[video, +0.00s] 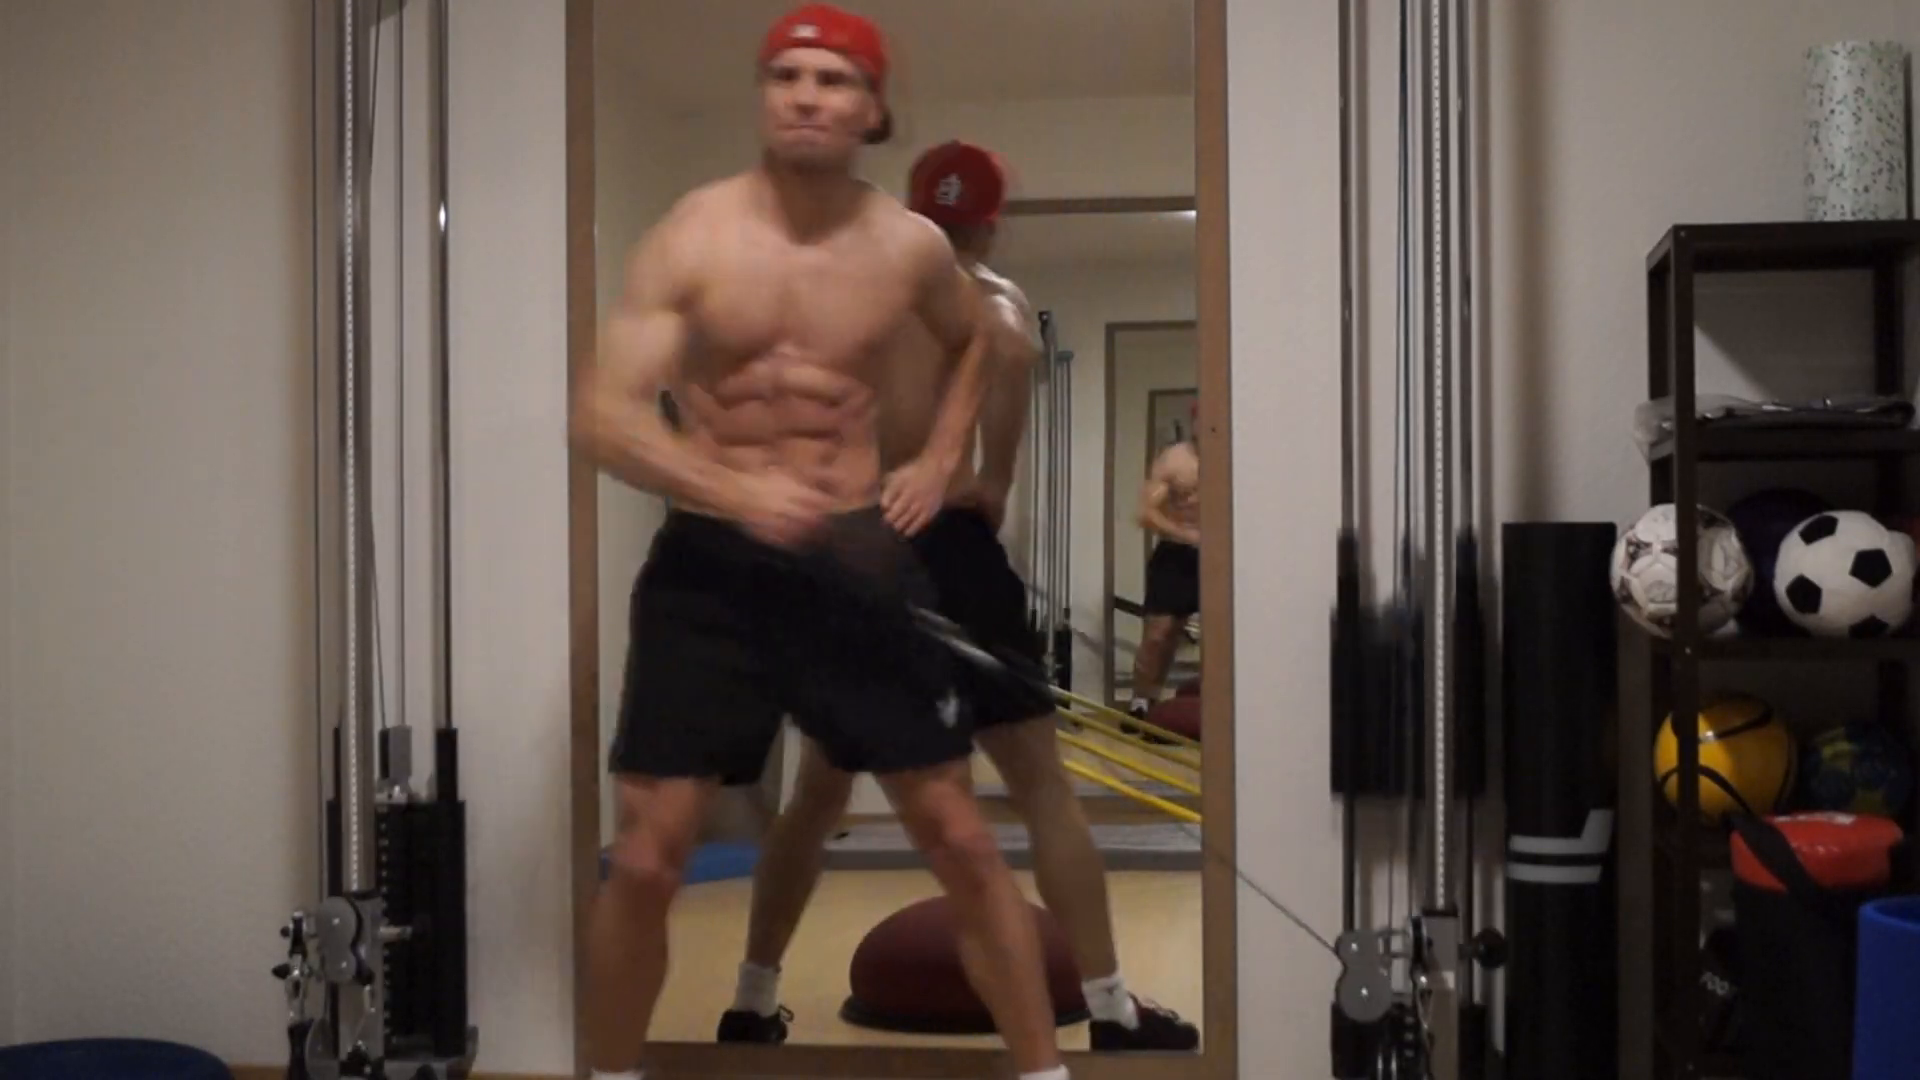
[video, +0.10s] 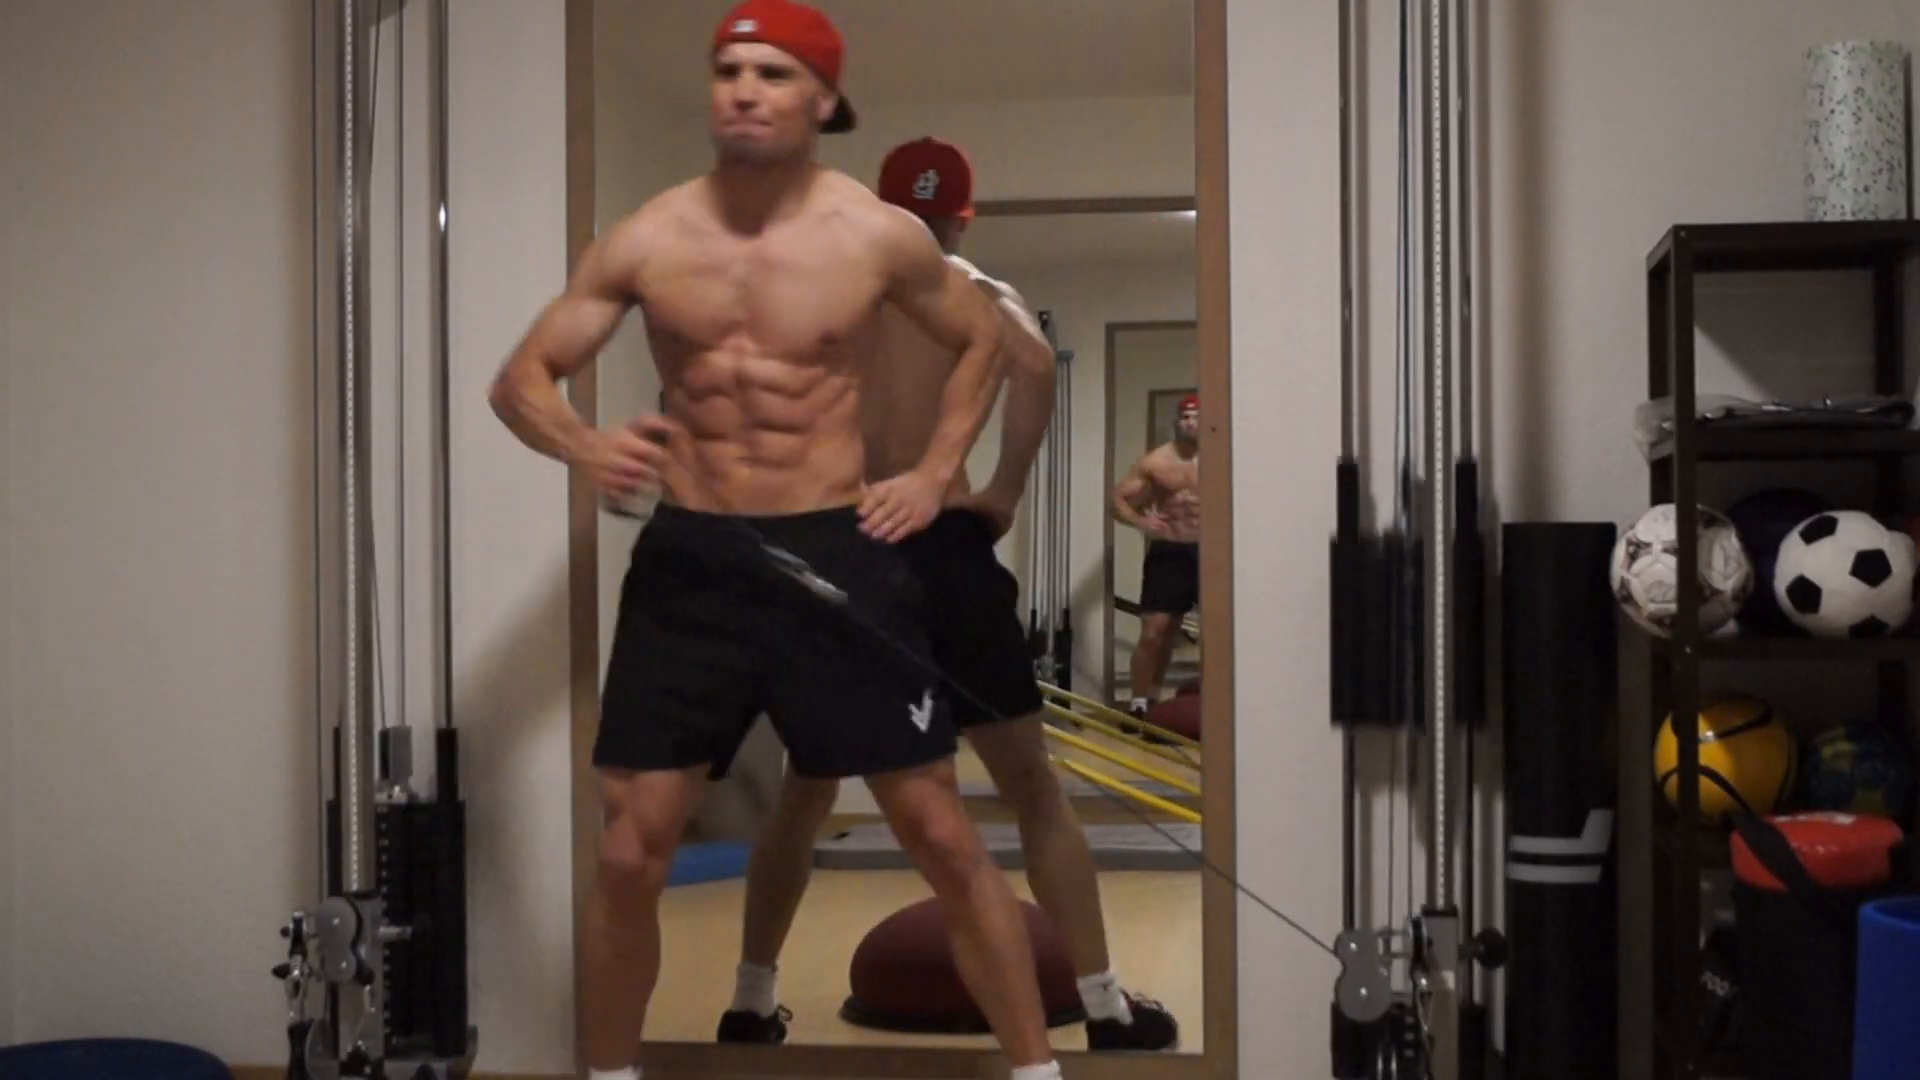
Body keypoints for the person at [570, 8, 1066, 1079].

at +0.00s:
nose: (803, 97)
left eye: (832, 82)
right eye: (785, 79)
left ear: (873, 116)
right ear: (759, 103)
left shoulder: (911, 248)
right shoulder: (692, 236)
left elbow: (975, 341)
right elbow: (602, 415)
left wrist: (939, 460)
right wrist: (735, 487)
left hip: (860, 570)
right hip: (711, 571)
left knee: (961, 839)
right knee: (646, 860)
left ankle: (1044, 1072)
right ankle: (607, 1075)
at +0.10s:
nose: (744, 92)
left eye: (773, 76)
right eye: (728, 74)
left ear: (825, 102)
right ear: (707, 95)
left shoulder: (879, 235)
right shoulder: (646, 237)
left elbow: (988, 338)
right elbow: (519, 381)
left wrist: (935, 469)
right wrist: (580, 444)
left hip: (839, 566)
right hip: (689, 568)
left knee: (942, 838)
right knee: (627, 853)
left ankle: (1038, 1069)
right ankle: (609, 1075)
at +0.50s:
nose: (761, 90)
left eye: (791, 71)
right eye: (746, 67)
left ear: (842, 97)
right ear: (724, 86)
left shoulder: (900, 225)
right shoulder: (672, 228)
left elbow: (1015, 337)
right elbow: (549, 380)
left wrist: (958, 474)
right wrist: (669, 439)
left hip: (858, 559)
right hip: (709, 560)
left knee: (943, 843)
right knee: (643, 849)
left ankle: (1013, 1072)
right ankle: (612, 1073)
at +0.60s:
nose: (854, 103)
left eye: (879, 85)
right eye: (833, 77)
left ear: (902, 109)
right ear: (789, 89)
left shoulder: (932, 230)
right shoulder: (722, 224)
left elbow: (987, 351)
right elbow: (653, 413)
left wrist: (964, 477)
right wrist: (812, 488)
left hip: (886, 549)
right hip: (737, 552)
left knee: (966, 837)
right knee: (667, 848)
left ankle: (1018, 1071)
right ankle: (613, 1073)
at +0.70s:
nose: (922, 123)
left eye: (938, 104)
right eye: (899, 96)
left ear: (946, 116)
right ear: (832, 95)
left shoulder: (940, 233)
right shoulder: (759, 223)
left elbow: (964, 365)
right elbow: (746, 441)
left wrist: (956, 476)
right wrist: (910, 521)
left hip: (892, 558)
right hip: (753, 562)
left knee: (973, 836)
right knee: (678, 852)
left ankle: (1020, 1070)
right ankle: (616, 1071)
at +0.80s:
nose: (984, 158)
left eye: (992, 133)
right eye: (966, 128)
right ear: (887, 116)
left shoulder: (919, 258)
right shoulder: (809, 235)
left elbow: (918, 442)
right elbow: (871, 451)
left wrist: (1008, 561)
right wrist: (1008, 565)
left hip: (889, 564)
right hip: (761, 566)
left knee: (975, 832)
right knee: (684, 860)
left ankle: (1021, 1073)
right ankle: (617, 1071)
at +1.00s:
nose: (988, 198)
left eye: (995, 176)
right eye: (976, 173)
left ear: (910, 158)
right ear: (900, 154)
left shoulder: (886, 249)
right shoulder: (846, 276)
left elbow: (845, 407)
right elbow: (960, 490)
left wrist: (893, 500)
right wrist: (1068, 630)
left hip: (866, 570)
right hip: (746, 576)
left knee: (968, 833)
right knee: (683, 880)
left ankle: (1015, 1072)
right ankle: (612, 1071)